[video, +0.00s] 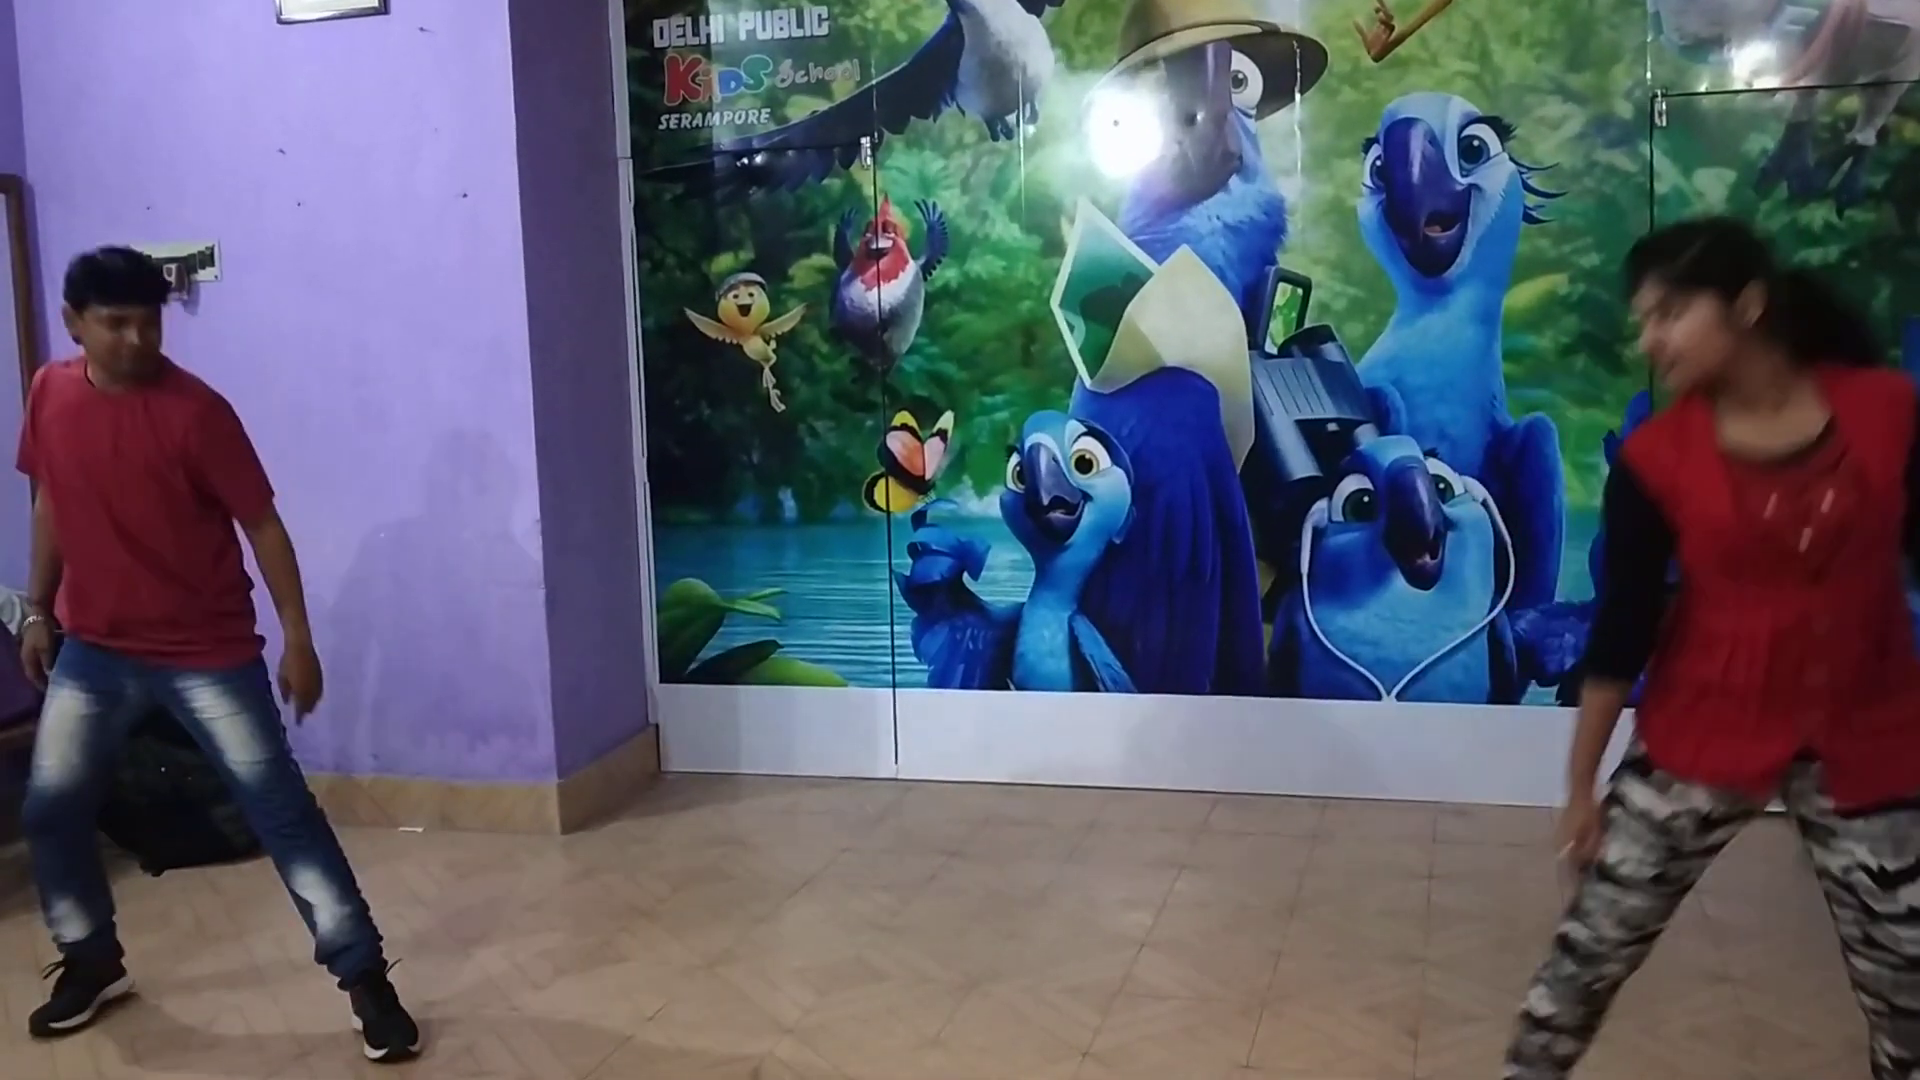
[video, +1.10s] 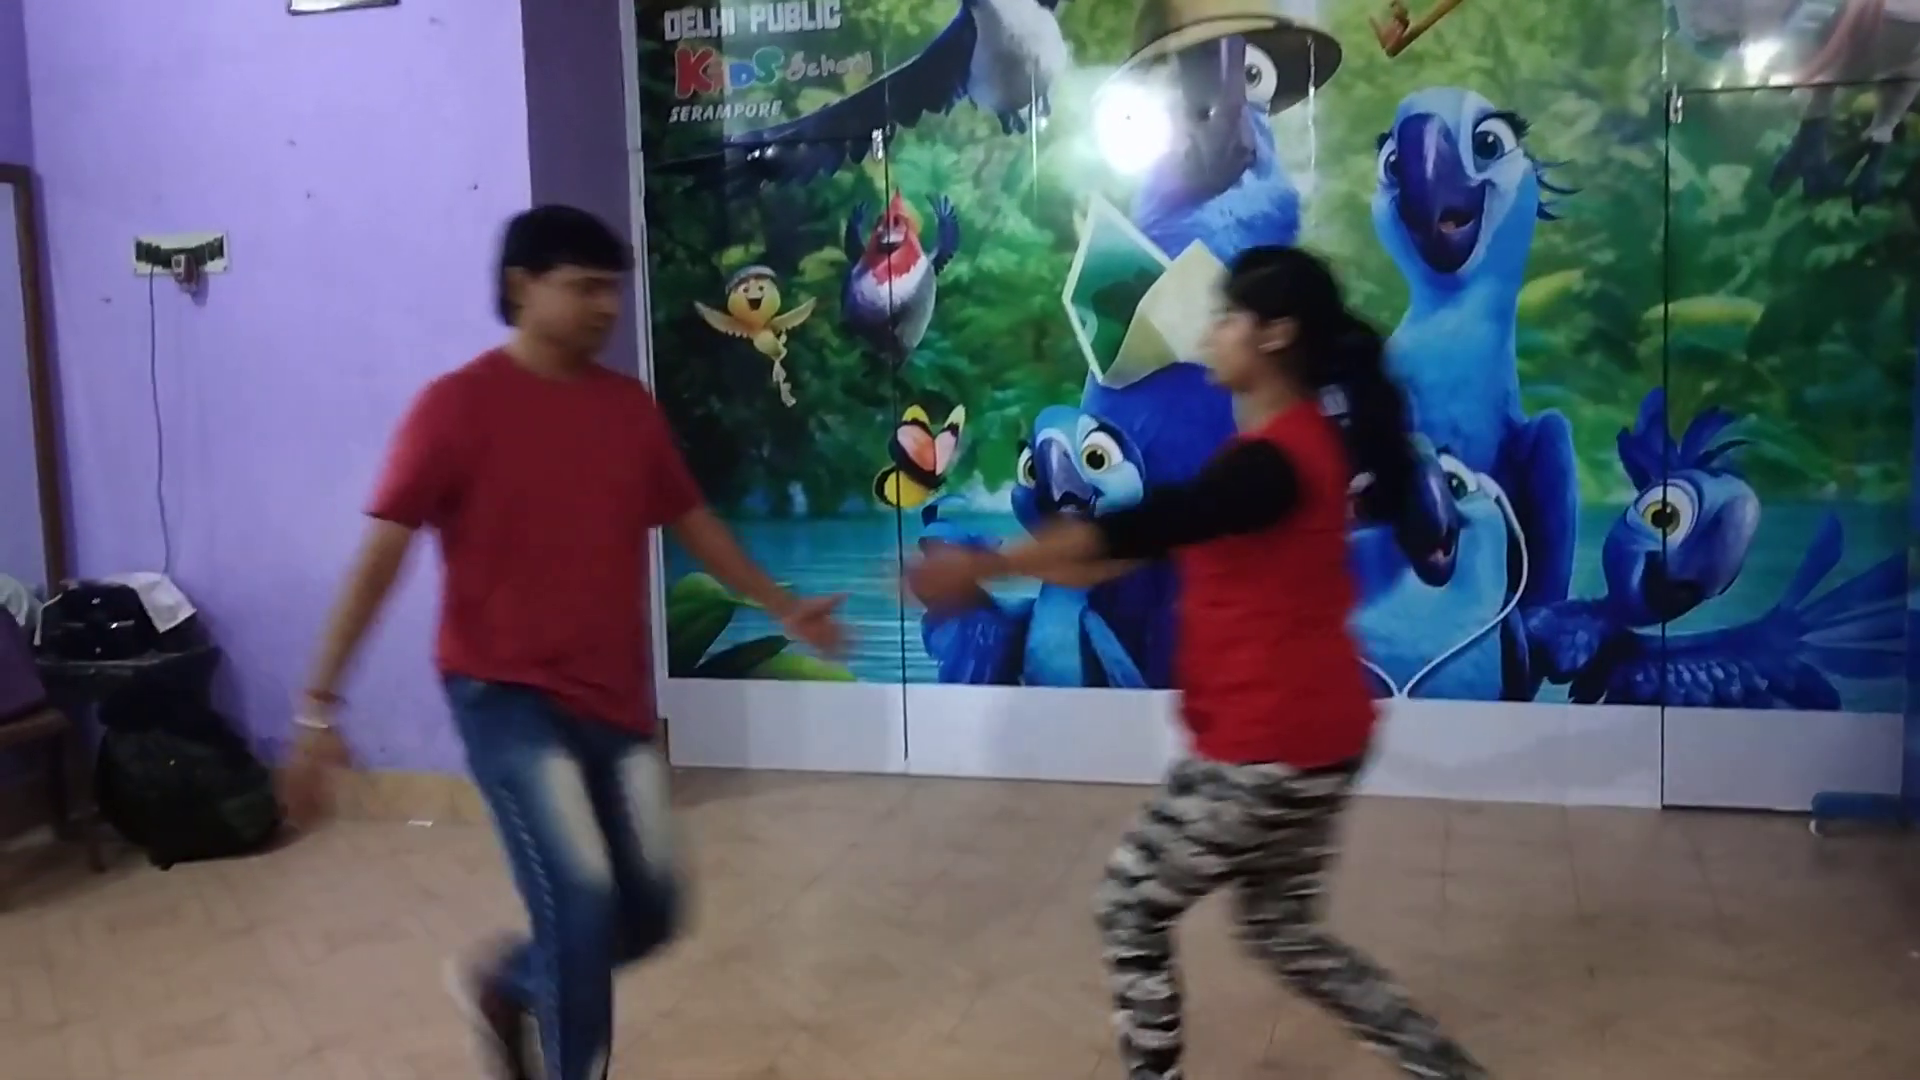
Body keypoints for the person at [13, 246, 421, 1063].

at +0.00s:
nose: (138, 339)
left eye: (149, 322)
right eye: (118, 323)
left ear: (164, 318)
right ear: (76, 322)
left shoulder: (198, 411)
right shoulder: (51, 392)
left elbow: (264, 525)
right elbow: (49, 500)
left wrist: (301, 642)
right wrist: (38, 603)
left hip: (209, 649)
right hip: (95, 646)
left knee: (280, 804)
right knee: (51, 803)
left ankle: (365, 976)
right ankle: (91, 959)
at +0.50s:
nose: (215, 325)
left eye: (225, 311)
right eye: (196, 312)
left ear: (237, 318)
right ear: (151, 322)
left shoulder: (284, 418)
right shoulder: (110, 414)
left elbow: (326, 539)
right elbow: (85, 527)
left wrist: (358, 653)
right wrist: (71, 647)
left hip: (275, 667)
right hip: (152, 668)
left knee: (320, 807)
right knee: (122, 816)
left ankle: (325, 990)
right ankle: (99, 955)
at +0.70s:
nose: (336, 316)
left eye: (343, 301)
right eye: (316, 302)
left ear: (354, 307)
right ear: (265, 309)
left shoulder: (394, 409)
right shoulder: (214, 404)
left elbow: (423, 532)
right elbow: (174, 518)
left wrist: (443, 647)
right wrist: (145, 644)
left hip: (365, 665)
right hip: (247, 662)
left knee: (374, 844)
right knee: (250, 836)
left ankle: (333, 987)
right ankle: (222, 992)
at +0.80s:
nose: (392, 317)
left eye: (400, 302)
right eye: (372, 303)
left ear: (410, 308)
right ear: (320, 309)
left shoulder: (446, 413)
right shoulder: (267, 405)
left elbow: (474, 537)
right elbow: (218, 526)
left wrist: (505, 653)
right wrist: (183, 657)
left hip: (412, 671)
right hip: (302, 665)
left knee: (407, 865)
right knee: (351, 815)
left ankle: (334, 973)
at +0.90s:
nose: (456, 317)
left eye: (463, 301)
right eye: (436, 301)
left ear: (472, 306)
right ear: (379, 307)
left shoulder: (502, 414)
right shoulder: (321, 409)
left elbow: (543, 539)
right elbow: (262, 536)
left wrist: (586, 651)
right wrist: (213, 666)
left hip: (464, 678)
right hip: (359, 672)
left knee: (443, 867)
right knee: (439, 859)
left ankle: (347, 971)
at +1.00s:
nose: (525, 314)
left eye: (532, 297)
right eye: (505, 296)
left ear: (539, 302)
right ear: (445, 300)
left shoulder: (563, 414)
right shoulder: (383, 412)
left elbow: (617, 538)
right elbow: (309, 550)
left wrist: (691, 639)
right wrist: (246, 682)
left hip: (535, 687)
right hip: (433, 681)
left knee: (524, 886)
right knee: (528, 877)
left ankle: (399, 956)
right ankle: (558, 1067)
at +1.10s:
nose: (606, 305)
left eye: (613, 288)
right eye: (584, 286)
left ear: (620, 294)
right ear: (520, 288)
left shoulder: (629, 406)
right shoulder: (458, 405)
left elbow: (690, 519)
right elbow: (381, 554)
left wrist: (783, 605)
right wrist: (319, 705)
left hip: (611, 692)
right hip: (503, 688)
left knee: (652, 907)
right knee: (581, 899)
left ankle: (508, 980)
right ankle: (576, 1069)